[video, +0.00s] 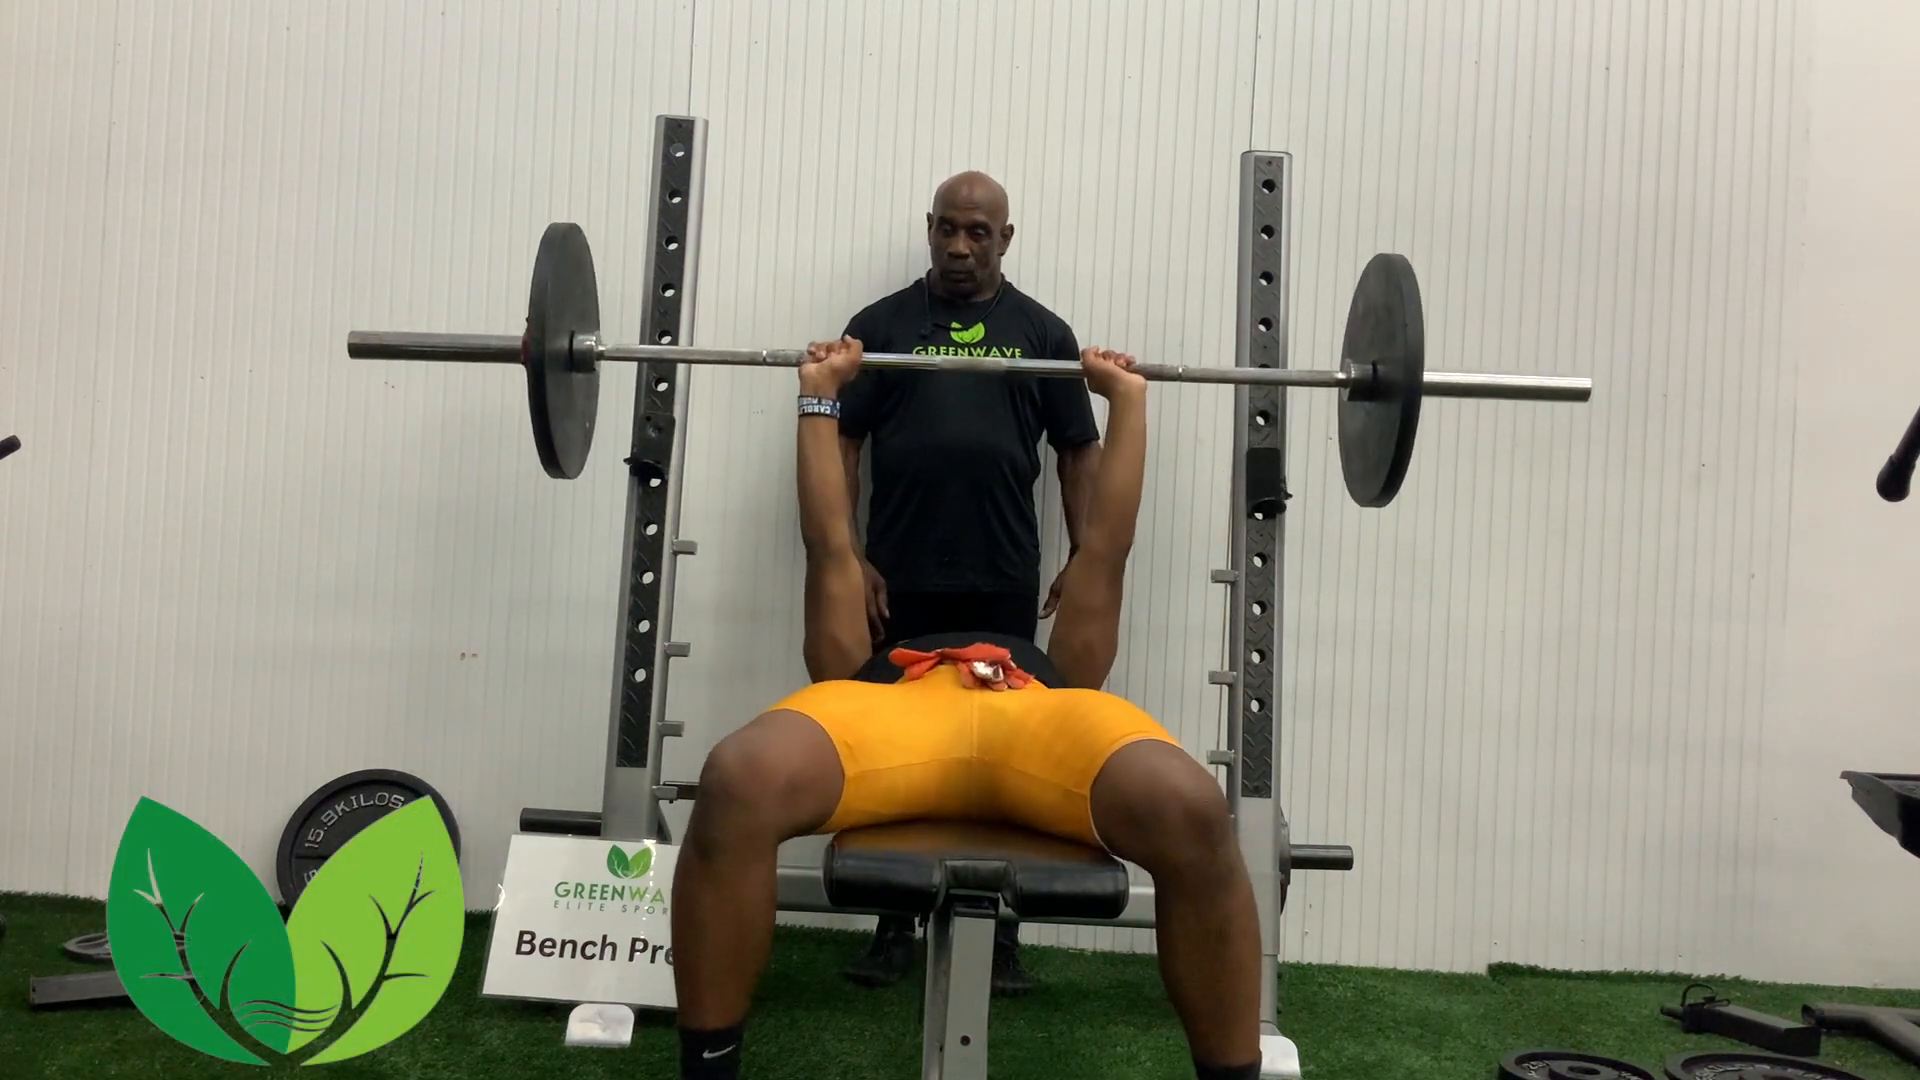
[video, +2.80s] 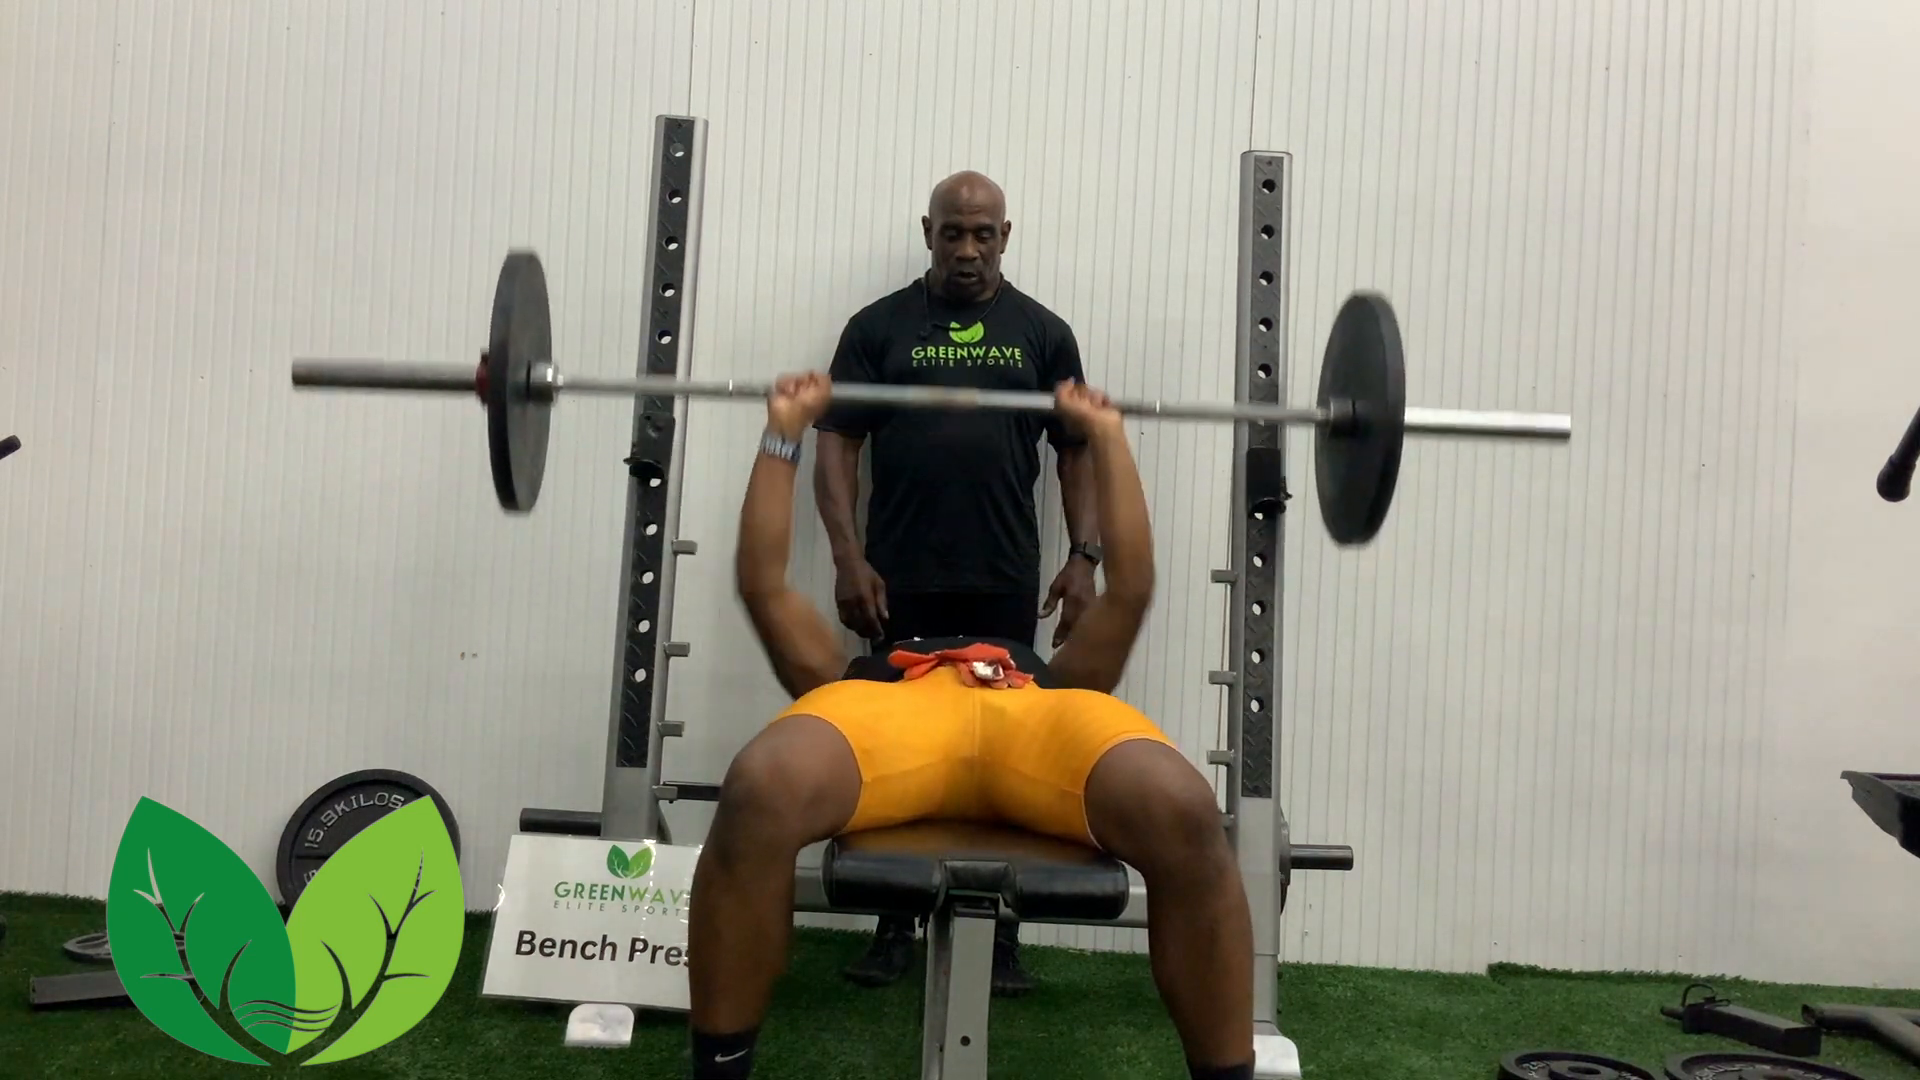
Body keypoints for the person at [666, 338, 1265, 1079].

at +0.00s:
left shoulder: (1064, 683)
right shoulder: (856, 676)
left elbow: (1104, 545)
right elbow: (828, 542)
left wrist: (1129, 394)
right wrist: (819, 398)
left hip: (1046, 708)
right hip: (885, 696)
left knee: (1194, 811)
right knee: (737, 781)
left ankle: (1232, 1069)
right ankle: (709, 1062)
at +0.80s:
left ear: (1029, 676)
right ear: (901, 660)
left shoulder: (1056, 686)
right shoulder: (861, 680)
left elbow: (1142, 639)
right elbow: (766, 626)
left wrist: (1131, 493)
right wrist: (803, 487)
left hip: (1044, 711)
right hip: (883, 706)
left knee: (1190, 815)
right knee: (755, 785)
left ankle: (1232, 1071)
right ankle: (715, 1065)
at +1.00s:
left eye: (995, 666)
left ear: (1011, 678)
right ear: (896, 660)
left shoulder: (1041, 692)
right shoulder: (873, 684)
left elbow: (1144, 732)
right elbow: (758, 732)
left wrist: (1130, 590)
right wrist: (798, 589)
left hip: (1035, 713)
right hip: (882, 702)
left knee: (1188, 817)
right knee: (752, 788)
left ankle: (1230, 1072)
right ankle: (713, 1065)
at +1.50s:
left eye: (995, 649)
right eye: (934, 649)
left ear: (1017, 660)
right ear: (911, 653)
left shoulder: (1055, 687)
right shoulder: (871, 683)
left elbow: (1149, 683)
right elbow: (763, 670)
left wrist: (1130, 531)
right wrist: (794, 526)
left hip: (1048, 710)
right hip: (893, 703)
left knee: (1197, 815)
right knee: (756, 794)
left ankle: (1231, 1074)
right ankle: (716, 1070)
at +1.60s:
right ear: (893, 653)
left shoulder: (1060, 687)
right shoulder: (858, 680)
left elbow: (1135, 617)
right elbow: (773, 602)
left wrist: (1131, 462)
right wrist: (794, 456)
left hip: (1039, 709)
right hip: (884, 700)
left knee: (1195, 812)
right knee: (761, 791)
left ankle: (1231, 1073)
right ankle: (717, 1065)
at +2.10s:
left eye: (996, 661)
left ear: (1013, 670)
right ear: (909, 655)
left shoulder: (1045, 684)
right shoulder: (874, 678)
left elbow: (1149, 705)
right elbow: (755, 699)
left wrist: (1125, 553)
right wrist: (791, 555)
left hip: (1038, 707)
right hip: (891, 697)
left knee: (1185, 819)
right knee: (758, 791)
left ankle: (1227, 1070)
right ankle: (714, 1065)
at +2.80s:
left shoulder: (1061, 687)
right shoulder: (854, 684)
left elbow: (1130, 587)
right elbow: (764, 585)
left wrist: (1109, 432)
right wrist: (782, 435)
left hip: (1039, 706)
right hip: (891, 697)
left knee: (1186, 814)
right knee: (759, 790)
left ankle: (1227, 1070)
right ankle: (720, 1064)